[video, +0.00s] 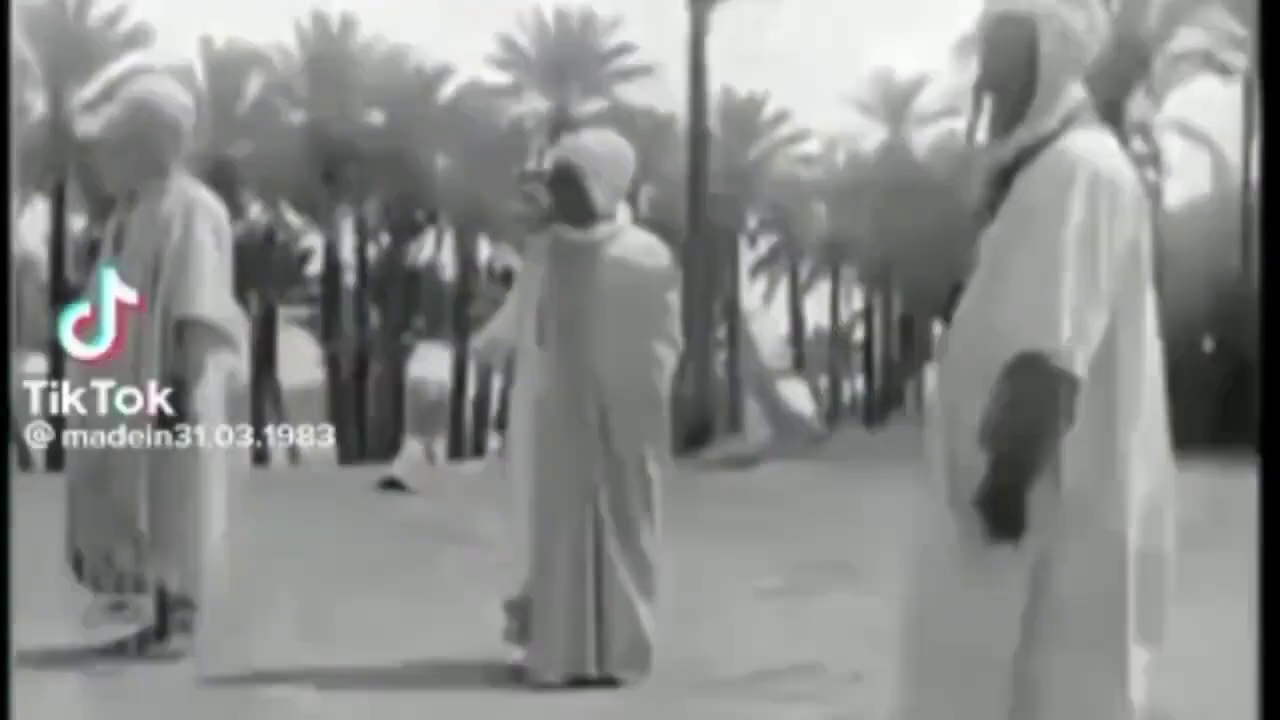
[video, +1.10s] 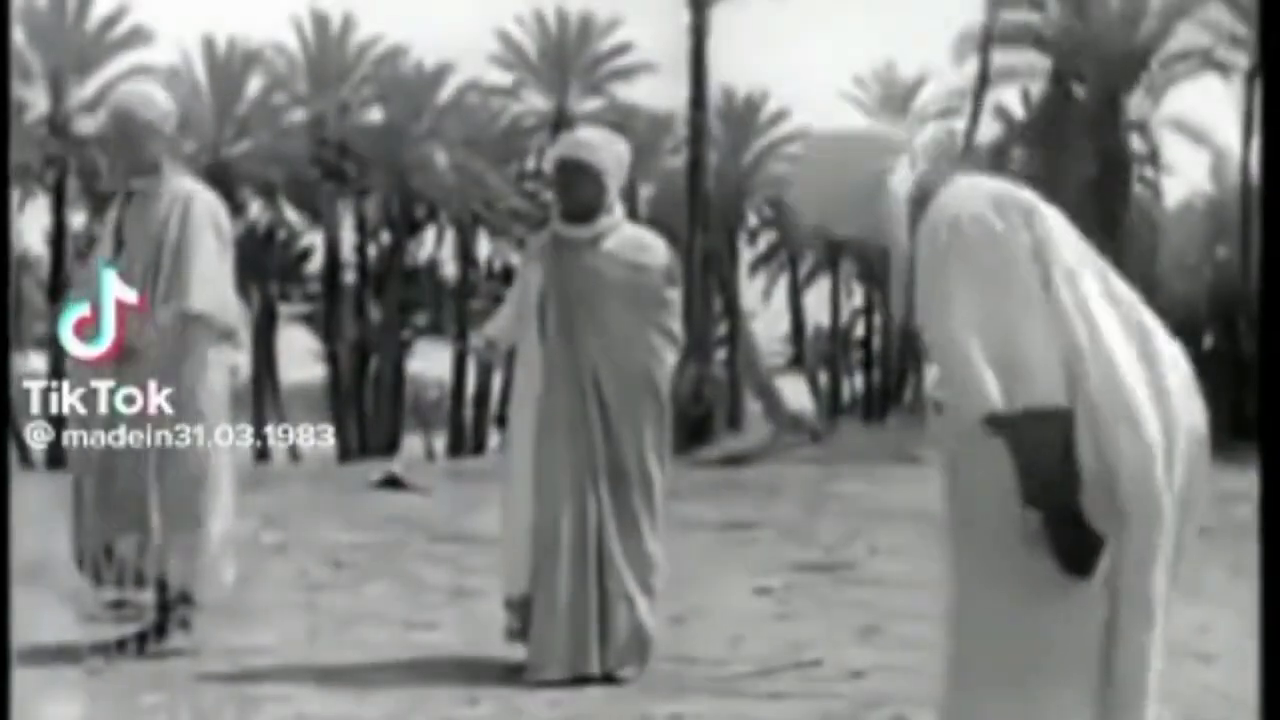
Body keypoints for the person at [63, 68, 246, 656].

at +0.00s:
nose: (103, 162)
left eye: (111, 147)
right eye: (103, 148)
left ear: (148, 145)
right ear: (132, 149)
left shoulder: (192, 210)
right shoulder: (126, 211)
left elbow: (200, 309)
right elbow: (110, 296)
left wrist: (187, 384)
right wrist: (97, 367)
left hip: (175, 376)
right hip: (128, 375)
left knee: (176, 494)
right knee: (137, 490)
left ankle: (177, 615)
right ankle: (148, 606)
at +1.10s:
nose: (107, 153)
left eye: (113, 140)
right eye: (106, 141)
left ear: (146, 137)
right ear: (128, 139)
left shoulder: (193, 204)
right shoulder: (121, 208)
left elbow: (195, 304)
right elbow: (102, 281)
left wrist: (151, 353)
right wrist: (94, 325)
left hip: (189, 362)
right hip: (134, 361)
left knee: (184, 474)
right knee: (138, 472)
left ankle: (179, 600)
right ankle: (153, 592)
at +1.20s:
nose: (95, 163)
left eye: (102, 150)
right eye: (93, 151)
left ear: (133, 147)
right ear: (111, 153)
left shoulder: (186, 205)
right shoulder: (116, 213)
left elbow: (200, 291)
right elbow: (77, 272)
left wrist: (136, 289)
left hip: (192, 358)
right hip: (136, 360)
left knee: (183, 468)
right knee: (143, 468)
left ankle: (182, 595)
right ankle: (159, 593)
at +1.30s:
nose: (85, 186)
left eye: (90, 172)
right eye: (79, 174)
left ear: (118, 166)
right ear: (84, 175)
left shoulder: (182, 208)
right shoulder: (102, 222)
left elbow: (193, 281)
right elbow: (52, 276)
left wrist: (133, 227)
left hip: (193, 368)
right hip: (135, 368)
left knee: (185, 478)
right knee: (149, 476)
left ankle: (183, 602)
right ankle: (164, 599)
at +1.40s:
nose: (67, 215)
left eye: (73, 202)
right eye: (61, 204)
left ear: (100, 193)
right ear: (61, 201)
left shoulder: (160, 237)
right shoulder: (64, 252)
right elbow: (40, 332)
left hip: (191, 373)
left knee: (168, 482)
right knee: (151, 480)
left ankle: (178, 605)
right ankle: (166, 603)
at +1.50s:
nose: (65, 239)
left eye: (68, 226)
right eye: (59, 228)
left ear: (90, 214)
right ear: (67, 219)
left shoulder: (165, 254)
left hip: (202, 376)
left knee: (174, 487)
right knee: (162, 484)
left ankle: (177, 614)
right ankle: (167, 609)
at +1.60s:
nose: (61, 259)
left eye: (67, 244)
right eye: (48, 249)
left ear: (93, 226)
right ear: (37, 244)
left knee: (178, 495)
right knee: (159, 494)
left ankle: (176, 614)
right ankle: (160, 612)